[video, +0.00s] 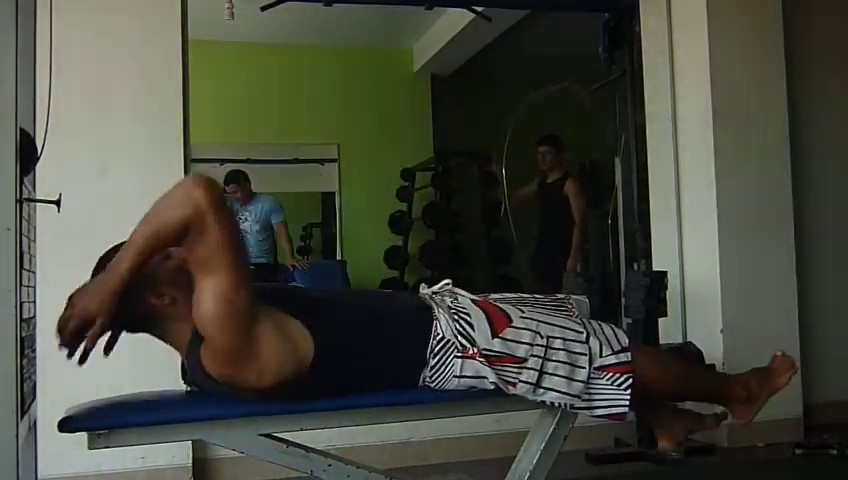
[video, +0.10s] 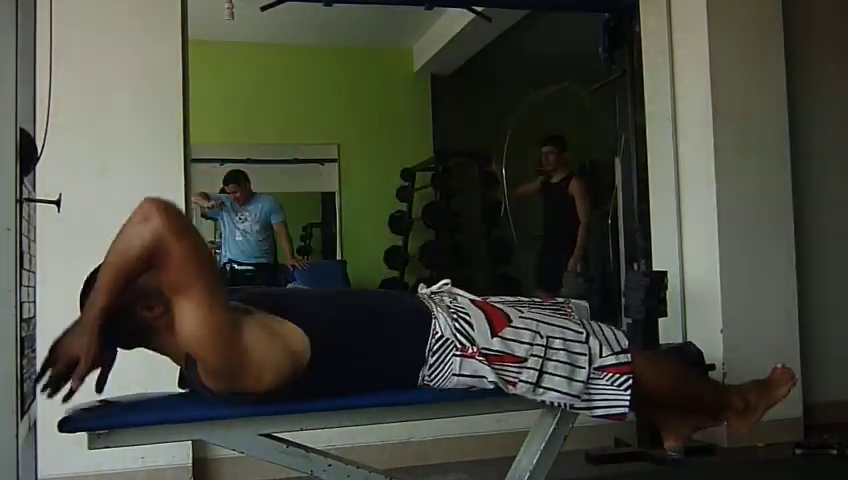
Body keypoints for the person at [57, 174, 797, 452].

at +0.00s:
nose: (192, 261)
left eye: (182, 256)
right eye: (177, 261)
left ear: (160, 300)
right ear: (170, 293)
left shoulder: (222, 334)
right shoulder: (226, 342)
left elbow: (199, 199)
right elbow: (197, 192)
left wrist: (111, 284)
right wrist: (110, 282)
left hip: (437, 322)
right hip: (451, 340)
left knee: (587, 341)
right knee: (615, 358)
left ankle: (678, 421)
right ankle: (737, 390)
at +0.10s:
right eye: (675, 387)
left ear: (634, 341)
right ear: (658, 365)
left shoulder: (584, 331)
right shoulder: (603, 356)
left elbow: (633, 406)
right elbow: (665, 384)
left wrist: (700, 422)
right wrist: (742, 399)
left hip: (418, 310)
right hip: (423, 327)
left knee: (241, 341)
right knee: (224, 364)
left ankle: (126, 318)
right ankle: (115, 314)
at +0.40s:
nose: (680, 408)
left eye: (681, 398)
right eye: (685, 398)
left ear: (659, 364)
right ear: (673, 380)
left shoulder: (607, 355)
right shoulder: (615, 357)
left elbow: (634, 399)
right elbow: (663, 401)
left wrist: (693, 442)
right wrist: (732, 447)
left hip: (413, 318)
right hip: (406, 329)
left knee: (225, 339)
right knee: (232, 374)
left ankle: (85, 369)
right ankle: (78, 375)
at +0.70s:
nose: (145, 355)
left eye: (136, 359)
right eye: (140, 363)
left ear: (143, 360)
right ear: (150, 369)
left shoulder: (216, 330)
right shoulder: (216, 348)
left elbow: (97, 288)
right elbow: (94, 288)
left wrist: (79, 386)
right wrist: (71, 392)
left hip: (439, 318)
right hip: (441, 337)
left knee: (604, 343)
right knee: (614, 352)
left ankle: (688, 452)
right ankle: (696, 459)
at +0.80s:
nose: (151, 352)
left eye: (143, 357)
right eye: (148, 362)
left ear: (151, 361)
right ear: (159, 373)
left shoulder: (221, 331)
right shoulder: (224, 351)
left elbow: (107, 282)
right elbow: (105, 287)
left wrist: (77, 384)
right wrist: (73, 389)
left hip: (444, 316)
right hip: (451, 335)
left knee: (605, 355)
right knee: (628, 366)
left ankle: (690, 445)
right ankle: (704, 463)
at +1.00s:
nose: (165, 362)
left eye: (157, 367)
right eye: (163, 368)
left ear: (162, 368)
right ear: (172, 371)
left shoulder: (227, 340)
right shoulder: (230, 348)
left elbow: (125, 286)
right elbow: (122, 293)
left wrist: (82, 387)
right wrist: (75, 390)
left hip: (458, 309)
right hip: (466, 319)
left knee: (618, 365)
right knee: (629, 372)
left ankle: (697, 453)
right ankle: (707, 465)